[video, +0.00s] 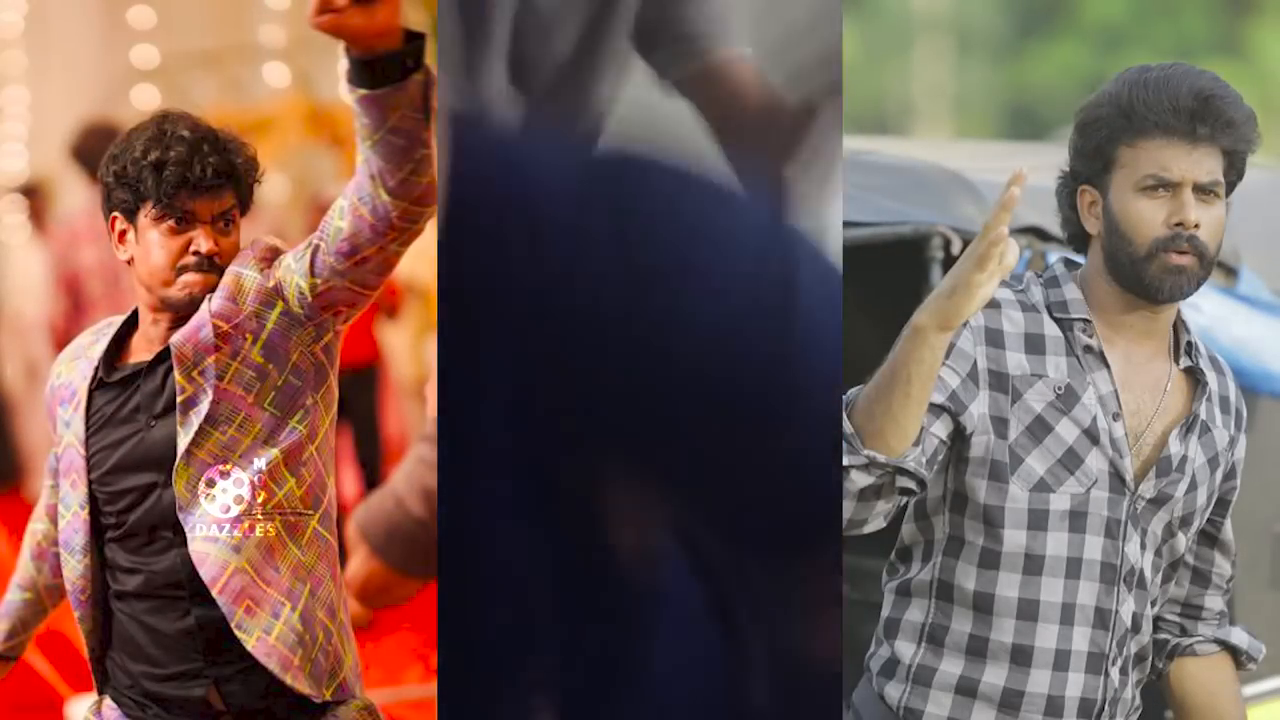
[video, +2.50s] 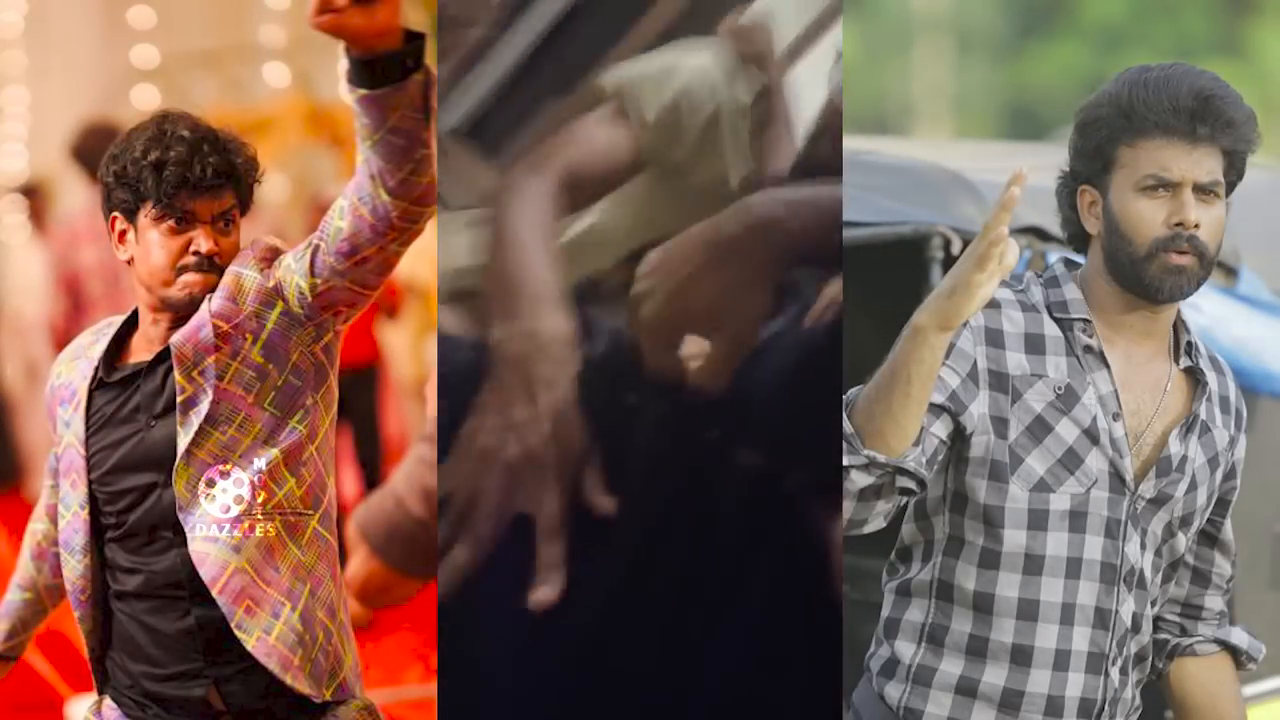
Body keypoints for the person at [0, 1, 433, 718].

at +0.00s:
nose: (206, 245)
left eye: (223, 222)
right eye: (179, 222)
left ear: (243, 230)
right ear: (122, 236)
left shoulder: (287, 312)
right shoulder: (76, 373)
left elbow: (394, 199)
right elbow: (56, 525)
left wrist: (380, 52)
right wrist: (7, 634)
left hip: (291, 700)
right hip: (140, 705)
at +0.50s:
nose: (206, 245)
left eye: (224, 223)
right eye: (179, 222)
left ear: (243, 230)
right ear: (122, 237)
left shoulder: (288, 312)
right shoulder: (76, 373)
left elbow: (395, 199)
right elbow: (56, 524)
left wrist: (380, 52)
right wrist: (8, 633)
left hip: (291, 700)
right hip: (140, 705)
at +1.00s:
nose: (206, 245)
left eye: (223, 222)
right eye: (179, 222)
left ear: (243, 230)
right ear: (122, 236)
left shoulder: (287, 312)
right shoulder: (76, 373)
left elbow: (394, 199)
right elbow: (56, 524)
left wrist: (380, 52)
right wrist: (8, 634)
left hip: (292, 702)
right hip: (140, 707)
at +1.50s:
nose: (206, 245)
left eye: (224, 223)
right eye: (179, 222)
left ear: (243, 230)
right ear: (123, 237)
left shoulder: (288, 311)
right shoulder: (76, 373)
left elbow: (394, 199)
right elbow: (56, 524)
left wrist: (381, 52)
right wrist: (8, 634)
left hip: (291, 700)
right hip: (140, 705)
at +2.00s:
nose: (206, 245)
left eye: (224, 223)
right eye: (179, 222)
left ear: (243, 230)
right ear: (123, 237)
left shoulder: (288, 312)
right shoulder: (76, 373)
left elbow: (394, 200)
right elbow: (56, 524)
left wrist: (381, 52)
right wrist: (8, 634)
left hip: (291, 700)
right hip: (140, 705)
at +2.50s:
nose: (206, 245)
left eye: (223, 222)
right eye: (179, 222)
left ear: (243, 230)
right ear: (122, 236)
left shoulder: (287, 312)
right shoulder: (76, 373)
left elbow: (394, 200)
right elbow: (56, 524)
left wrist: (381, 52)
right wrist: (7, 635)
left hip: (290, 700)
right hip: (140, 705)